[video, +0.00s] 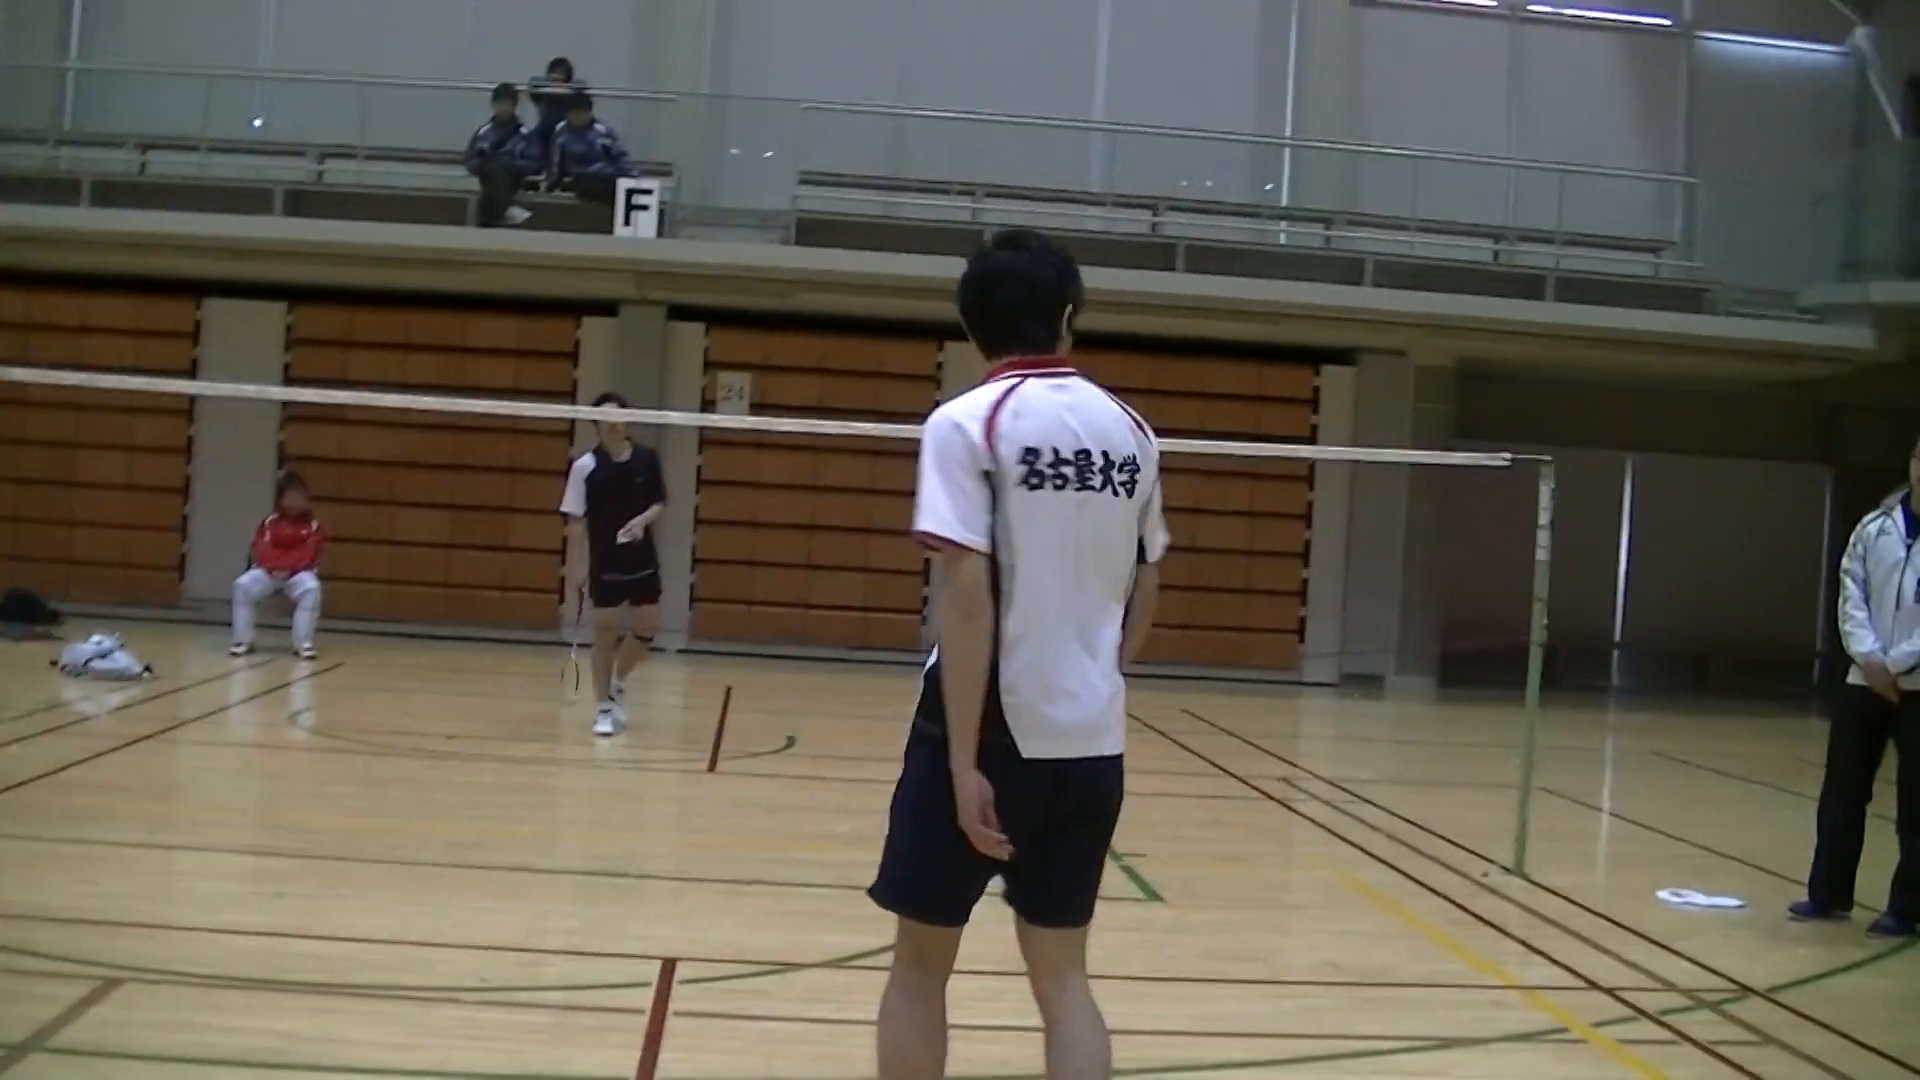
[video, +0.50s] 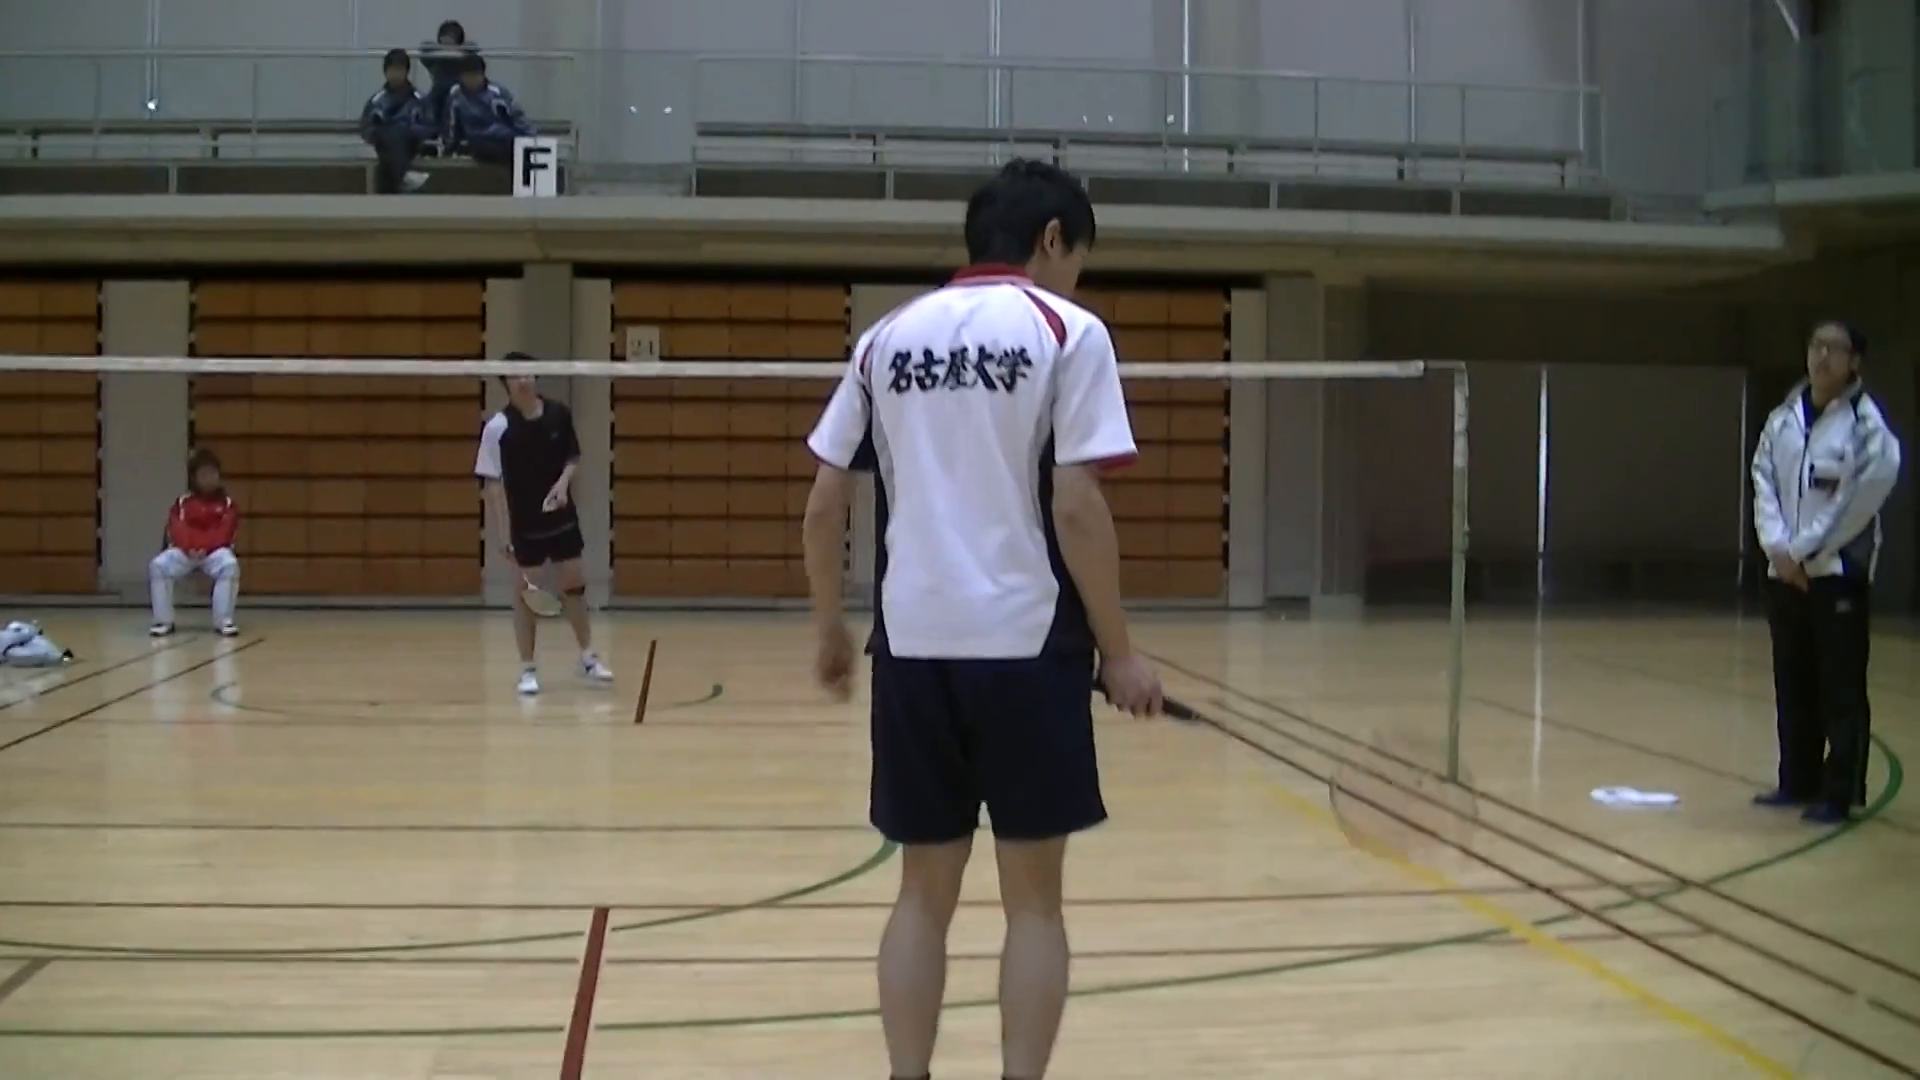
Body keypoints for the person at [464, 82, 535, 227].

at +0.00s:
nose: (503, 109)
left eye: (507, 104)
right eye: (499, 104)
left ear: (514, 105)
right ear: (493, 105)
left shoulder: (526, 134)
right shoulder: (483, 133)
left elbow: (534, 165)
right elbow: (470, 161)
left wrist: (507, 165)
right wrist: (490, 166)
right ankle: (507, 208)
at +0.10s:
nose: (479, 124)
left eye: (483, 120)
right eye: (475, 119)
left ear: (490, 121)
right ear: (469, 121)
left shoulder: (502, 149)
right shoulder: (458, 148)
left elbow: (511, 180)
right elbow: (446, 176)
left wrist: (485, 180)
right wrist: (465, 182)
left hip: (491, 196)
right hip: (463, 195)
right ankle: (482, 224)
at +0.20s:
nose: (458, 132)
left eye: (462, 127)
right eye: (454, 127)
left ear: (468, 128)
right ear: (448, 128)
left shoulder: (481, 157)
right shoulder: (437, 157)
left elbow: (490, 187)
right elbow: (425, 184)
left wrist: (465, 188)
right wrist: (441, 191)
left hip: (470, 202)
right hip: (442, 201)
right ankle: (460, 232)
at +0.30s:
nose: (431, 119)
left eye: (435, 114)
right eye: (427, 113)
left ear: (443, 115)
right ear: (421, 115)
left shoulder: (455, 143)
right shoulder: (411, 142)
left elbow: (464, 173)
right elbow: (399, 170)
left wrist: (439, 175)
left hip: (444, 191)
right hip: (416, 190)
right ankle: (435, 221)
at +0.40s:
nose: (411, 101)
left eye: (415, 96)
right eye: (407, 96)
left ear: (422, 97)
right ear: (401, 97)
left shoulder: (436, 126)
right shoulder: (391, 125)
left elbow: (445, 155)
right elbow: (379, 152)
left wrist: (419, 156)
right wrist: (395, 161)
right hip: (398, 177)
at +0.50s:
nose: (395, 75)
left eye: (399, 70)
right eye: (391, 70)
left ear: (407, 72)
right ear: (385, 72)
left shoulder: (419, 100)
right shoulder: (376, 101)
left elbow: (429, 128)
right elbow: (366, 128)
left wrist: (407, 132)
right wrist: (381, 138)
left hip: (412, 147)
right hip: (384, 148)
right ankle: (403, 177)